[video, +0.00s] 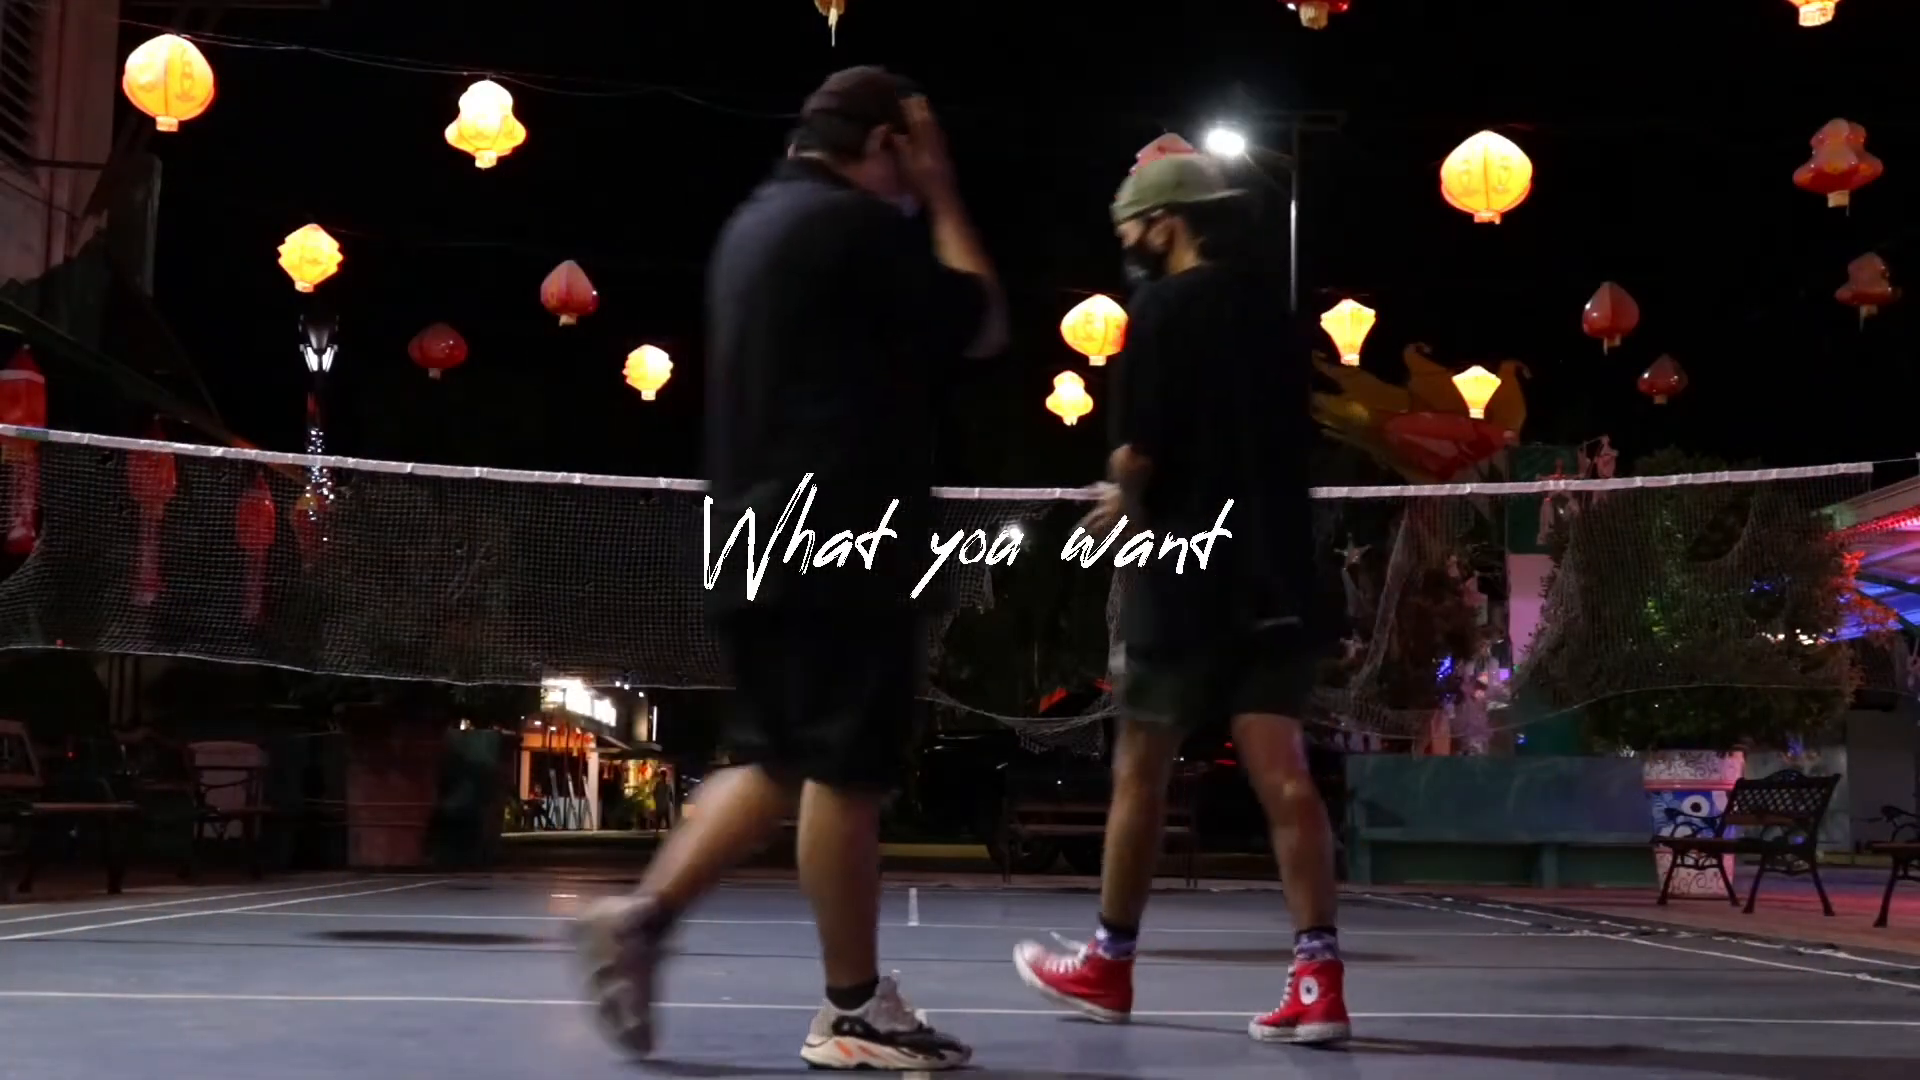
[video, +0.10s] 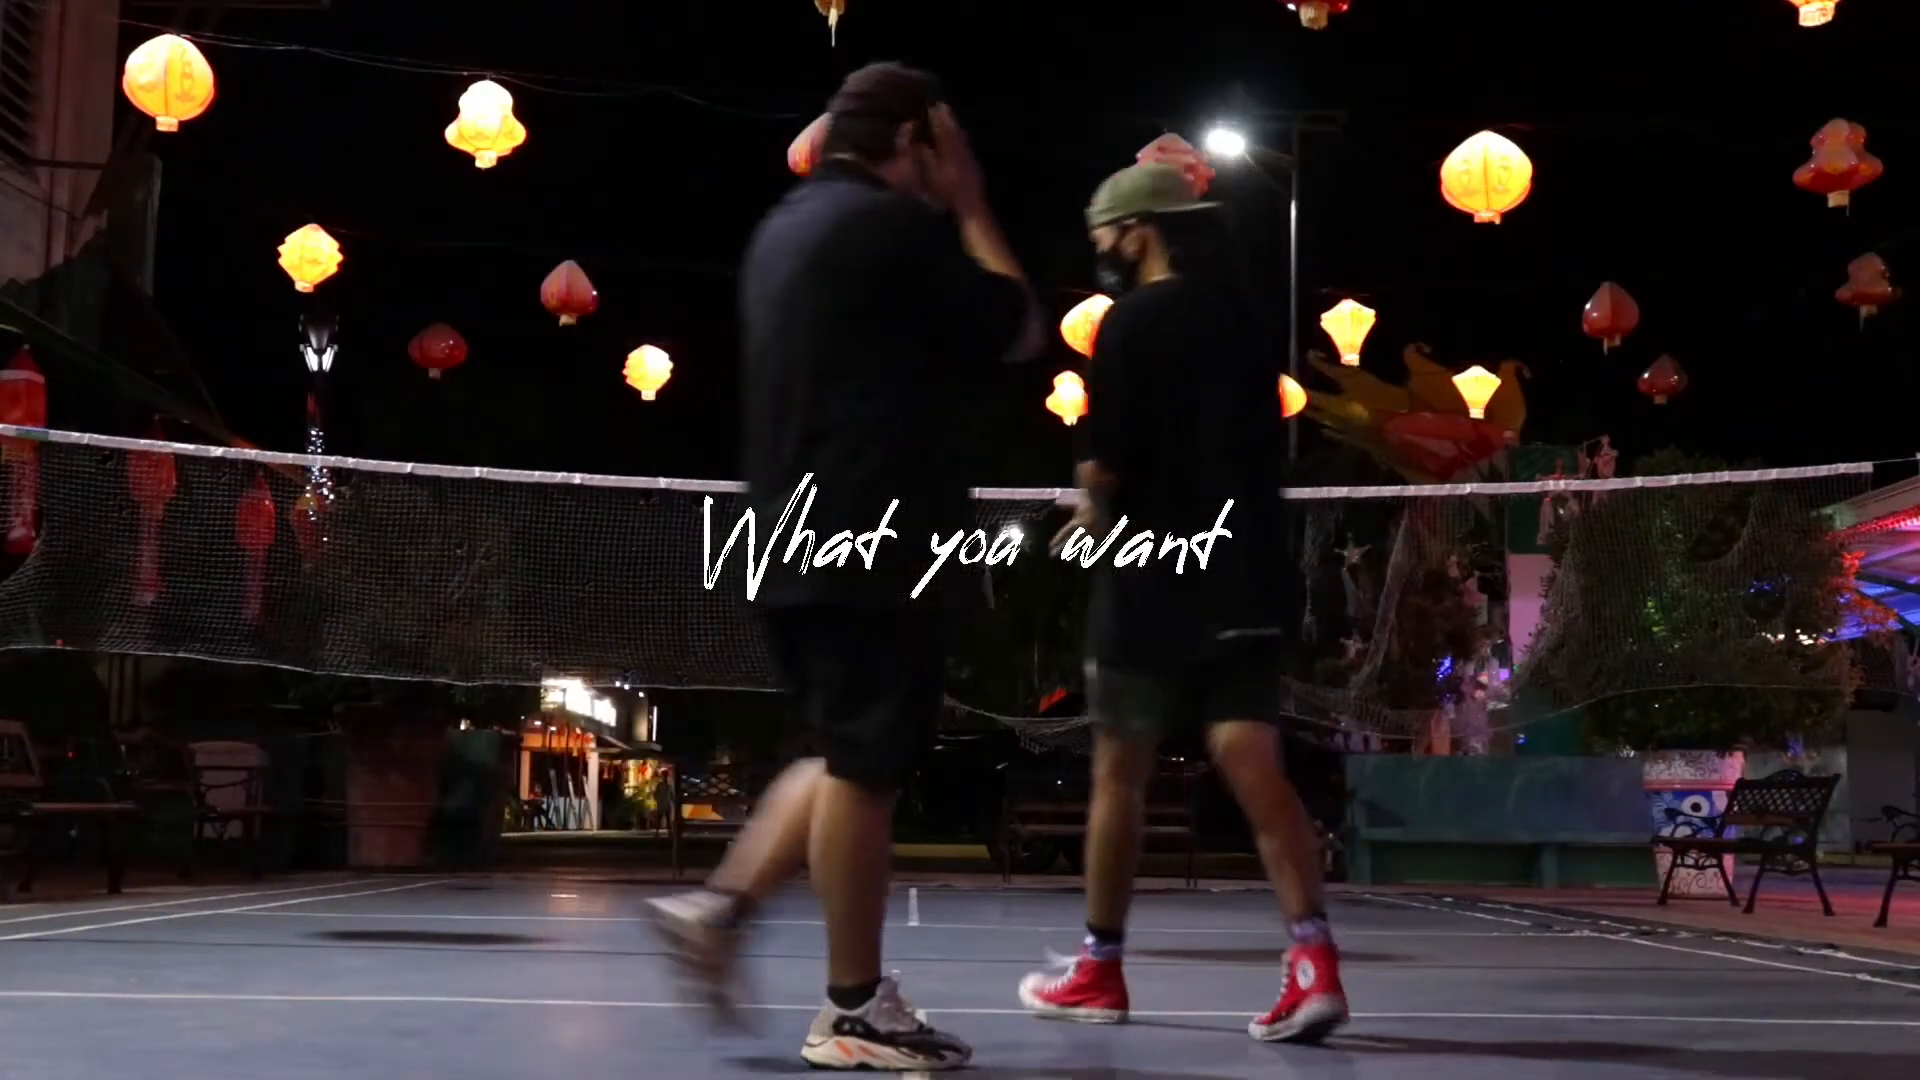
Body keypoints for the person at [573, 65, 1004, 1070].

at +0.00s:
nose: (921, 166)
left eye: (919, 146)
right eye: (916, 146)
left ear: (810, 139)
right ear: (882, 146)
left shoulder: (754, 226)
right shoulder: (863, 229)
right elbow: (979, 323)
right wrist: (940, 191)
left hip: (757, 540)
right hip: (848, 545)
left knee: (777, 756)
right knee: (845, 769)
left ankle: (638, 920)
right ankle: (854, 1007)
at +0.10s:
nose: (950, 166)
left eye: (950, 148)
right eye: (945, 149)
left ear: (835, 142)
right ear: (913, 145)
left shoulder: (782, 228)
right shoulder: (894, 230)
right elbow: (1019, 335)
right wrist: (971, 209)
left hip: (790, 533)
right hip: (877, 538)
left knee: (842, 747)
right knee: (864, 758)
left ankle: (715, 907)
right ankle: (855, 1003)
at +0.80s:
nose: (1205, 194)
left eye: (1201, 178)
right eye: (1198, 178)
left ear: (1100, 188)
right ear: (1170, 188)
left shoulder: (1057, 284)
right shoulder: (1171, 273)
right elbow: (1282, 358)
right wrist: (1233, 249)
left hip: (1089, 565)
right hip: (1191, 564)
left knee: (1112, 764)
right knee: (1248, 748)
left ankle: (1106, 998)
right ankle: (1175, 953)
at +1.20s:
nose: (1369, 226)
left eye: (1365, 213)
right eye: (1363, 213)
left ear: (1265, 217)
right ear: (1339, 221)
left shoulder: (1216, 313)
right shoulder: (1349, 303)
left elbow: (1260, 431)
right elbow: (1445, 405)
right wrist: (1406, 299)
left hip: (1246, 591)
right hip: (1351, 591)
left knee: (1249, 773)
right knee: (1361, 792)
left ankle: (1151, 952)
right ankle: (1378, 1005)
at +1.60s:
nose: (1481, 252)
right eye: (1476, 240)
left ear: (1384, 250)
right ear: (1467, 247)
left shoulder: (1344, 351)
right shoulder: (1503, 332)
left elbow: (1304, 477)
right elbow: (1597, 438)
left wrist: (1372, 514)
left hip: (1378, 599)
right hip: (1482, 595)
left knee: (1439, 803)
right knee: (1435, 795)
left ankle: (1503, 992)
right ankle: (1387, 1001)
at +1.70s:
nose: (1499, 260)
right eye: (1495, 247)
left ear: (1403, 260)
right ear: (1487, 255)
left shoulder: (1365, 365)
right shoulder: (1526, 343)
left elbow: (1317, 496)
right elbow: (1625, 453)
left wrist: (1368, 574)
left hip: (1397, 608)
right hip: (1502, 606)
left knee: (1457, 805)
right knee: (1461, 795)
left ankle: (1513, 996)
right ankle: (1397, 988)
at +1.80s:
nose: (1521, 259)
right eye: (1515, 246)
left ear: (1425, 262)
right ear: (1508, 254)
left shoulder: (1391, 358)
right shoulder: (1557, 341)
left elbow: (1336, 488)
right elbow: (1628, 466)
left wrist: (1386, 580)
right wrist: (1639, 563)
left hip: (1428, 606)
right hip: (1536, 601)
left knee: (1467, 796)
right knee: (1548, 787)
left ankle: (1509, 989)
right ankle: (1453, 936)